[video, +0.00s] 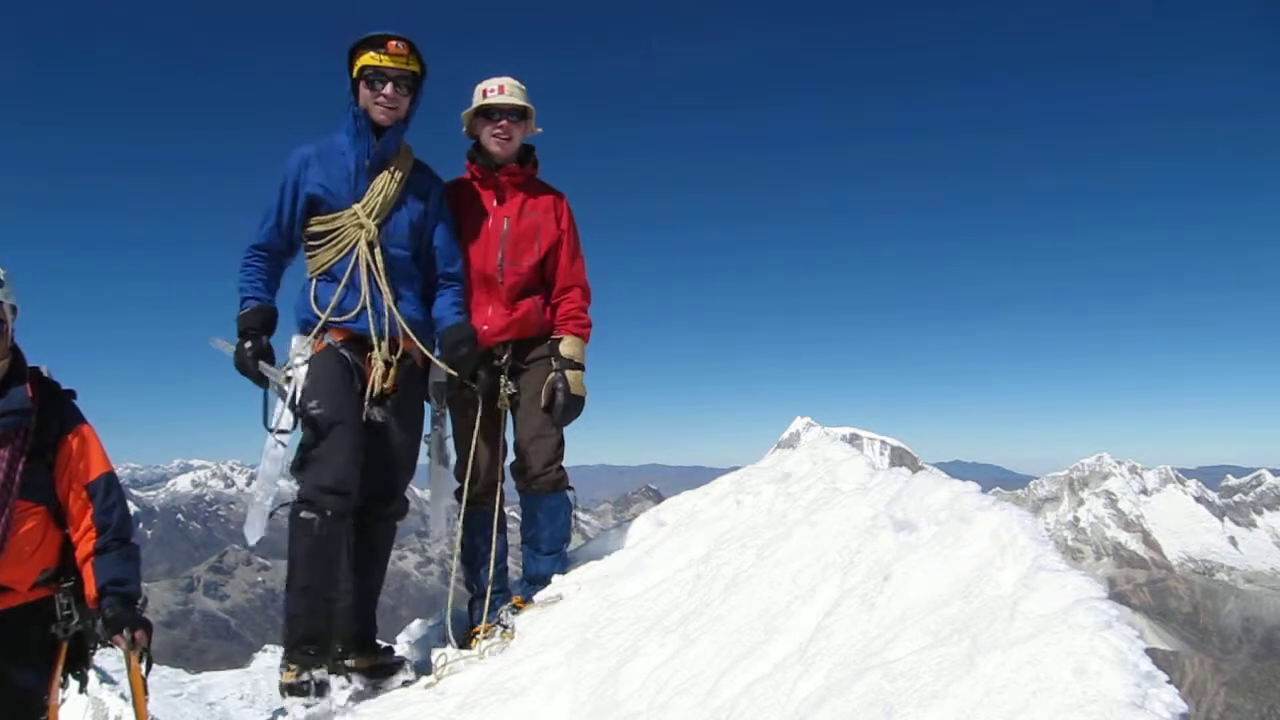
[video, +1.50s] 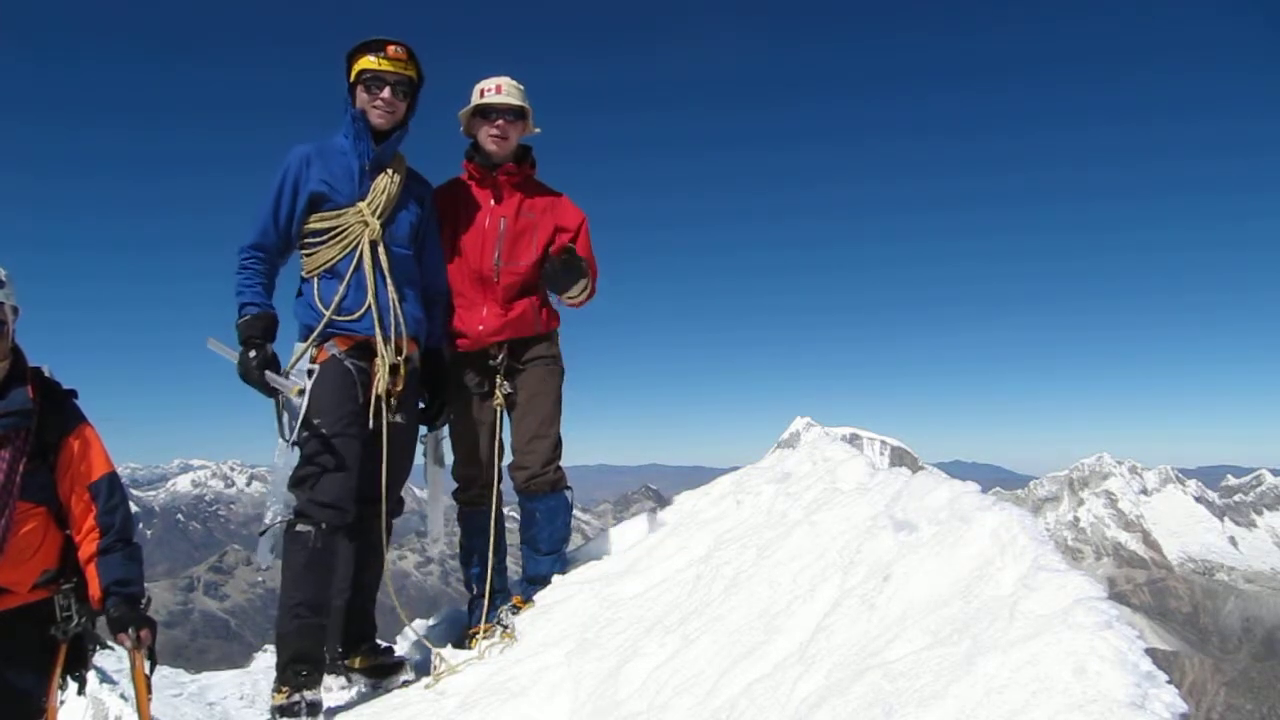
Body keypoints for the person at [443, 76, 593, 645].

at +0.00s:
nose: (502, 126)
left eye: (513, 117)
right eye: (491, 117)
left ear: (528, 128)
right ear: (474, 127)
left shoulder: (551, 204)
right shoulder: (450, 200)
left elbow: (571, 289)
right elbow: (434, 277)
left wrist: (572, 359)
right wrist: (448, 340)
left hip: (536, 350)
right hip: (469, 352)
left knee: (540, 464)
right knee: (478, 476)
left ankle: (542, 587)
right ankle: (486, 603)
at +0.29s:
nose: (502, 126)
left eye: (513, 117)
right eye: (492, 117)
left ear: (528, 128)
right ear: (474, 126)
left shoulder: (551, 204)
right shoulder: (450, 200)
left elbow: (571, 290)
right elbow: (432, 276)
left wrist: (571, 361)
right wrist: (442, 343)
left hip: (535, 350)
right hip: (469, 352)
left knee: (539, 467)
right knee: (477, 478)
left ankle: (541, 588)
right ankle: (484, 603)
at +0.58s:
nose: (501, 126)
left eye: (512, 117)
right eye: (490, 117)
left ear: (527, 127)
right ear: (473, 127)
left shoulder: (550, 204)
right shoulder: (450, 200)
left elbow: (571, 289)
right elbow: (432, 278)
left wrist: (571, 361)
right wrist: (436, 355)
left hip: (535, 350)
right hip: (469, 353)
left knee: (539, 467)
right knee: (476, 477)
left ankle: (541, 590)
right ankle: (484, 603)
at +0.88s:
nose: (500, 125)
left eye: (511, 117)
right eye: (490, 116)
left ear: (526, 127)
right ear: (472, 126)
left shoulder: (549, 204)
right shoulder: (447, 201)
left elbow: (570, 290)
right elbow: (429, 281)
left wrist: (570, 362)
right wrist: (433, 357)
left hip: (534, 354)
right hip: (467, 358)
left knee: (538, 469)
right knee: (476, 480)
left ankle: (542, 590)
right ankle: (486, 604)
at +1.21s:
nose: (499, 125)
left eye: (509, 117)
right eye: (488, 116)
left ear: (525, 127)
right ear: (471, 126)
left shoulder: (549, 205)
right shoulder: (444, 202)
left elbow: (571, 276)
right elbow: (423, 275)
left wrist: (569, 314)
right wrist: (429, 350)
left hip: (534, 348)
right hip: (465, 353)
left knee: (537, 467)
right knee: (475, 477)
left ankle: (541, 589)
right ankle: (485, 602)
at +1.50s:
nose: (498, 126)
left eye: (509, 117)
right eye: (488, 117)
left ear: (525, 128)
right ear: (471, 126)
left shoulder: (554, 208)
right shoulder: (443, 203)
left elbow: (582, 286)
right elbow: (422, 280)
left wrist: (569, 279)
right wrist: (426, 365)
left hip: (533, 351)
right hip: (463, 355)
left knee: (536, 468)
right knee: (474, 479)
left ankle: (541, 589)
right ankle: (485, 604)